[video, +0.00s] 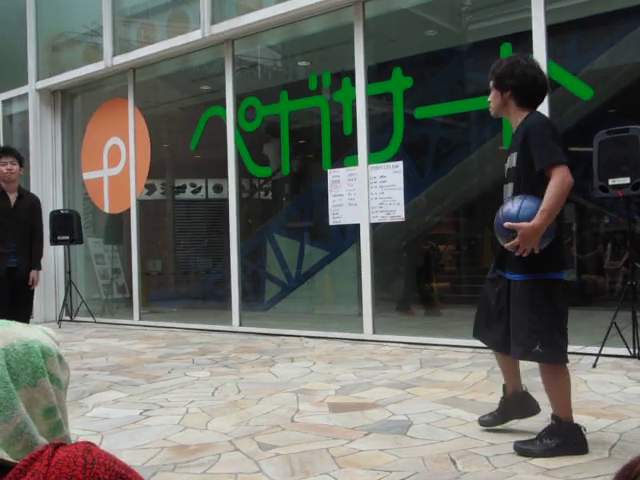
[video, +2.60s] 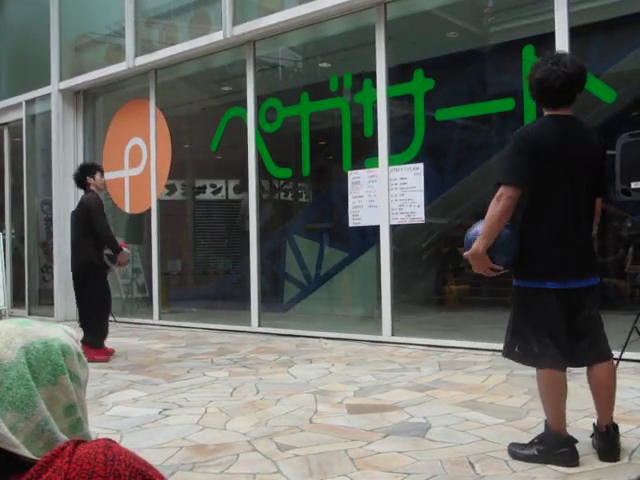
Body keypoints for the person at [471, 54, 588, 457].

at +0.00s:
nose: (488, 96)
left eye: (492, 89)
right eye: (490, 89)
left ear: (508, 93)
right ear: (514, 93)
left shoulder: (537, 127)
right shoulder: (522, 132)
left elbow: (562, 178)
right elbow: (531, 185)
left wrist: (538, 226)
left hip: (537, 260)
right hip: (512, 259)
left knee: (546, 341)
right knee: (493, 322)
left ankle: (565, 428)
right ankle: (514, 395)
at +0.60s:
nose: (486, 111)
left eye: (490, 105)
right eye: (488, 104)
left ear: (503, 108)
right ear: (514, 110)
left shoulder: (510, 139)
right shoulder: (525, 145)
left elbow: (508, 187)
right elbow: (533, 214)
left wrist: (479, 229)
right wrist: (535, 267)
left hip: (509, 267)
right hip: (517, 265)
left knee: (520, 344)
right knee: (513, 341)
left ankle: (574, 419)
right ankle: (507, 415)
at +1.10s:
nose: (489, 120)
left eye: (494, 113)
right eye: (492, 113)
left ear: (507, 116)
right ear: (522, 121)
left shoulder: (502, 141)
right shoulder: (532, 156)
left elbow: (487, 182)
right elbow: (533, 219)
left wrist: (458, 225)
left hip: (492, 264)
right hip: (516, 265)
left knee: (478, 337)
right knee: (515, 338)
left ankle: (530, 399)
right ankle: (511, 412)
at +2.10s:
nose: (492, 105)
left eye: (493, 99)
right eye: (494, 98)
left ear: (499, 103)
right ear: (534, 98)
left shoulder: (517, 136)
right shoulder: (542, 136)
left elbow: (524, 188)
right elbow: (540, 196)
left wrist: (515, 241)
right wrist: (518, 239)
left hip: (530, 261)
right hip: (544, 258)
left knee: (536, 347)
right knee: (528, 340)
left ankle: (556, 437)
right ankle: (516, 409)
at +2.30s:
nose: (506, 95)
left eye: (509, 89)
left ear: (513, 96)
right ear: (554, 94)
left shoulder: (523, 136)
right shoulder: (562, 138)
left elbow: (523, 193)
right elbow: (557, 203)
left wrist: (509, 247)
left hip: (534, 263)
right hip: (555, 262)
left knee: (542, 350)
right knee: (552, 343)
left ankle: (556, 439)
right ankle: (566, 421)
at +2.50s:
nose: (522, 88)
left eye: (525, 83)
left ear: (527, 93)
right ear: (569, 93)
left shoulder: (524, 138)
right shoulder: (580, 137)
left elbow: (512, 196)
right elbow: (577, 201)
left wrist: (489, 247)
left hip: (534, 265)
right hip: (574, 261)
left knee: (545, 351)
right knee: (585, 344)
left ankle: (556, 439)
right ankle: (606, 431)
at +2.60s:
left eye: (533, 84)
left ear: (535, 92)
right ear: (578, 93)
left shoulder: (528, 139)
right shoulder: (590, 139)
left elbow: (506, 199)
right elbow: (596, 208)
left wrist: (479, 247)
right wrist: (579, 242)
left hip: (537, 268)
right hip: (583, 265)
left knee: (547, 351)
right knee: (596, 346)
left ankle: (556, 439)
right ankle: (607, 432)